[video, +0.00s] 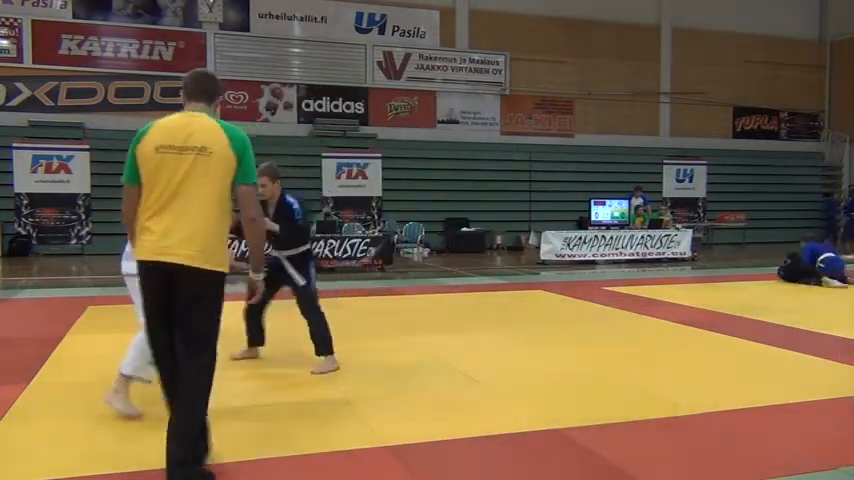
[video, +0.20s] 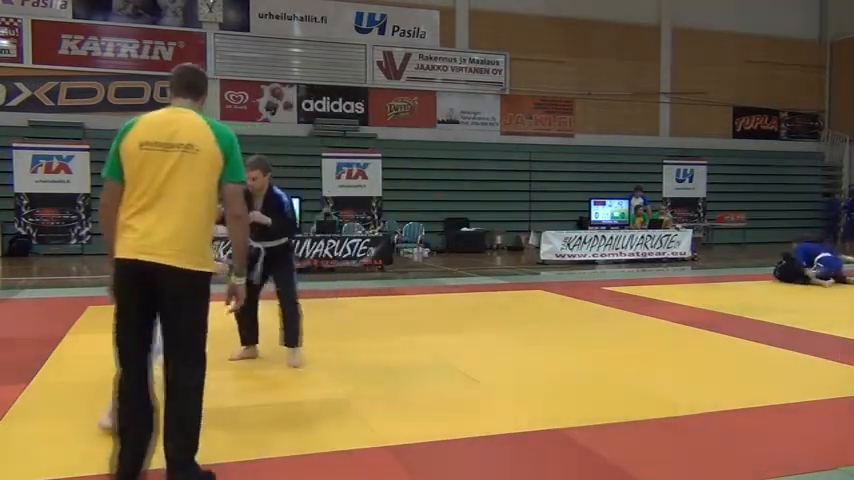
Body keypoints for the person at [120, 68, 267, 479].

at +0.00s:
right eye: (220, 103)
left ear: (182, 98)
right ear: (218, 102)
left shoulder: (146, 134)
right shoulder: (234, 138)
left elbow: (129, 207)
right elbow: (250, 210)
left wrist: (144, 248)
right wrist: (257, 268)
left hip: (151, 260)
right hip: (204, 263)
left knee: (166, 354)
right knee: (196, 358)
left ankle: (195, 442)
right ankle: (182, 466)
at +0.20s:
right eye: (204, 96)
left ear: (169, 91)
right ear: (204, 96)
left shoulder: (132, 129)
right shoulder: (221, 136)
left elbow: (109, 205)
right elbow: (236, 210)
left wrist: (117, 257)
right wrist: (239, 273)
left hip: (131, 265)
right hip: (187, 270)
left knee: (132, 367)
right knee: (186, 367)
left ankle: (129, 465)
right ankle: (181, 465)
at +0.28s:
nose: (200, 104)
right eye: (201, 99)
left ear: (160, 92)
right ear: (198, 97)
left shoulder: (123, 129)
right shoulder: (213, 134)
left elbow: (101, 203)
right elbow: (228, 208)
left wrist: (105, 260)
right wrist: (230, 273)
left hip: (122, 266)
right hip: (180, 271)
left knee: (114, 365)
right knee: (181, 369)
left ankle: (95, 468)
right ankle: (181, 467)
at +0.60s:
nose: (147, 103)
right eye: (147, 97)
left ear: (105, 92)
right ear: (141, 96)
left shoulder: (65, 133)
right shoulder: (156, 135)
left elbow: (50, 211)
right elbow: (178, 212)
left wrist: (67, 256)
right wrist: (191, 276)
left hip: (71, 275)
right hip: (132, 277)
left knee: (55, 378)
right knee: (153, 377)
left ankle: (26, 470)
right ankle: (179, 468)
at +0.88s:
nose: (99, 98)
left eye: (98, 94)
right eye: (99, 93)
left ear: (49, 89)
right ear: (91, 91)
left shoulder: (12, 129)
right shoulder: (101, 128)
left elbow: (7, 203)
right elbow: (115, 205)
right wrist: (124, 274)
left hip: (25, 279)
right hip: (87, 280)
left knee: (26, 389)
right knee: (114, 383)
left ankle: (21, 473)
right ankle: (141, 471)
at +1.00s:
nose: (79, 95)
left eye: (78, 90)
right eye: (78, 89)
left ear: (35, 85)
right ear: (70, 86)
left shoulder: (3, 122)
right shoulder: (84, 123)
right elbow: (103, 202)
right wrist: (111, 272)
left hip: (10, 280)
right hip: (72, 279)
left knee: (18, 395)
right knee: (93, 391)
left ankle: (17, 473)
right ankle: (96, 471)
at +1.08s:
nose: (73, 94)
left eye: (71, 89)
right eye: (72, 88)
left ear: (28, 84)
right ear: (62, 85)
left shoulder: (3, 120)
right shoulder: (79, 122)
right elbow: (97, 200)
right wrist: (110, 270)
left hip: (9, 279)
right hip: (67, 280)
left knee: (17, 393)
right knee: (77, 391)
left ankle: (18, 471)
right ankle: (73, 473)